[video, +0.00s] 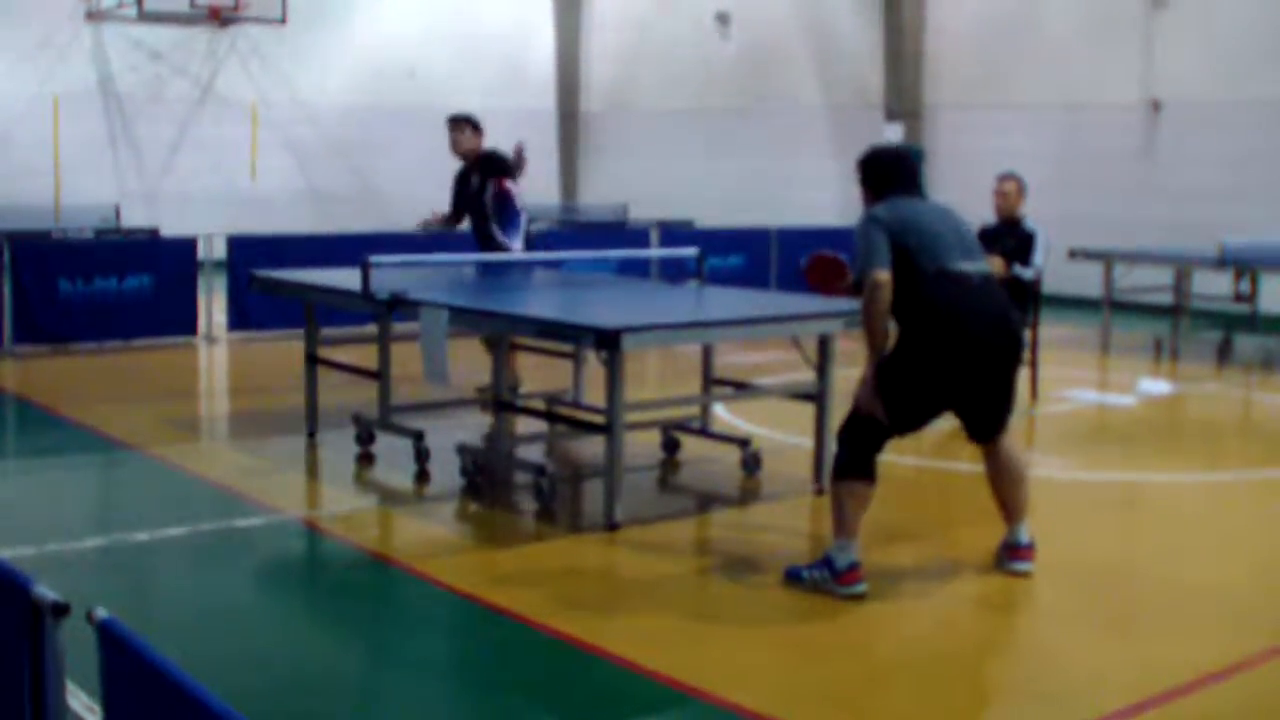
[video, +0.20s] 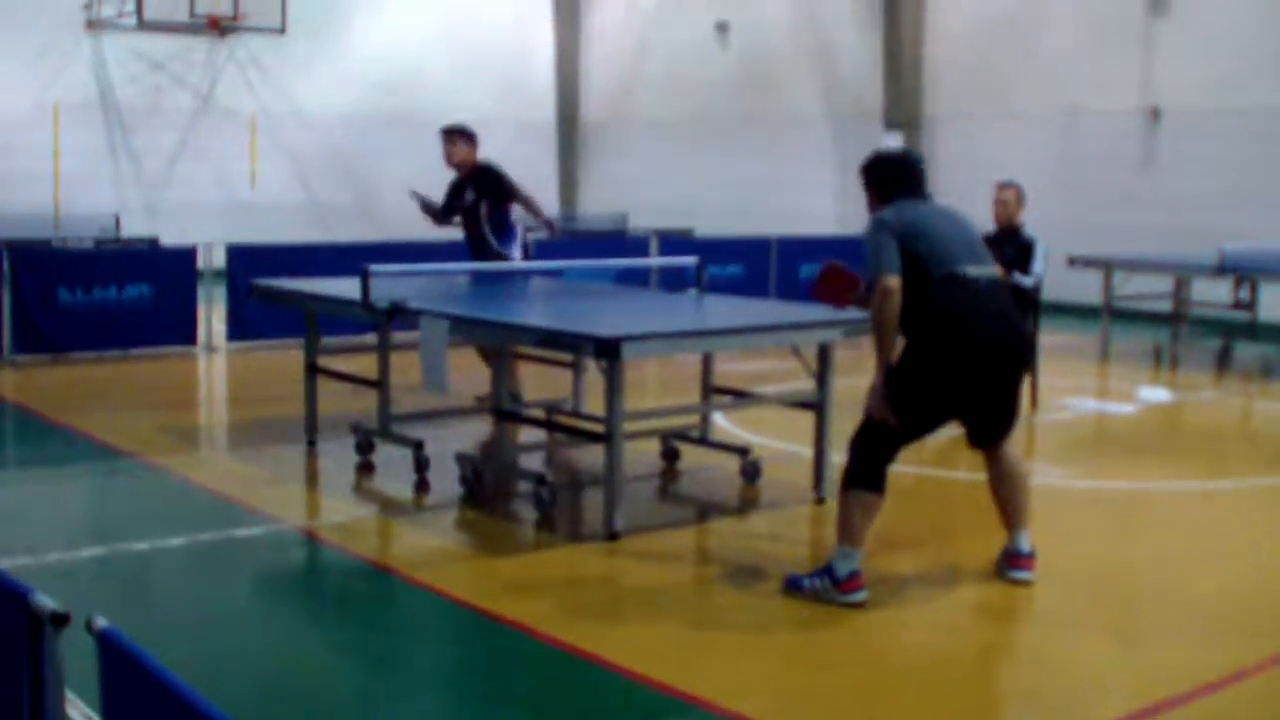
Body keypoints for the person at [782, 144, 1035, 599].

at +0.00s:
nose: (862, 195)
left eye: (863, 187)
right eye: (864, 188)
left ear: (871, 187)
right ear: (916, 181)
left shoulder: (877, 219)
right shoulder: (946, 216)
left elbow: (878, 283)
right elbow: (989, 270)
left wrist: (874, 363)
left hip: (934, 342)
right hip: (996, 340)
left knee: (859, 438)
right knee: (994, 435)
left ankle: (843, 557)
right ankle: (1020, 538)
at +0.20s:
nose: (868, 201)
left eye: (868, 193)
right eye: (868, 193)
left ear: (877, 191)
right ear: (920, 185)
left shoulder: (886, 223)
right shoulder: (955, 220)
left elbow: (889, 287)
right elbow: (996, 279)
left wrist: (883, 370)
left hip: (942, 351)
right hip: (1001, 349)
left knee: (871, 447)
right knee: (996, 442)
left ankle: (844, 567)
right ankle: (1021, 547)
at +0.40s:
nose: (908, 196)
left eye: (910, 185)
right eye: (908, 185)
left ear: (923, 185)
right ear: (969, 177)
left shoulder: (937, 222)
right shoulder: (1011, 213)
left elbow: (951, 299)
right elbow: (1016, 300)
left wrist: (941, 393)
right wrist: (921, 310)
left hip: (1010, 361)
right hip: (1076, 357)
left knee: (927, 478)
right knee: (1061, 481)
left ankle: (889, 623)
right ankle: (1088, 607)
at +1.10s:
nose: (907, 220)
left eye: (905, 209)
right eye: (903, 209)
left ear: (920, 201)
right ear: (952, 185)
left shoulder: (952, 227)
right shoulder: (1002, 217)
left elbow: (947, 302)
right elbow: (1033, 300)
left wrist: (900, 388)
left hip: (1002, 379)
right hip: (1045, 377)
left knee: (920, 489)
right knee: (981, 473)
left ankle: (900, 628)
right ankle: (1009, 587)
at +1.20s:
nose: (921, 204)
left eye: (923, 192)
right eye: (919, 194)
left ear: (945, 187)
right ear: (965, 180)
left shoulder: (986, 220)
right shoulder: (990, 213)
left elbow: (996, 291)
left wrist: (932, 361)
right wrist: (878, 253)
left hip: (1041, 372)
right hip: (1037, 368)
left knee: (957, 476)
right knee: (978, 469)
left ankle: (917, 621)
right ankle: (1008, 587)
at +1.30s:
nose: (941, 179)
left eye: (947, 168)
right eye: (943, 169)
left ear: (970, 173)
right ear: (981, 171)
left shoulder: (1015, 212)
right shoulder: (984, 212)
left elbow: (1040, 277)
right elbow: (926, 212)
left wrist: (967, 326)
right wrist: (863, 219)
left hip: (1061, 361)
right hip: (1025, 353)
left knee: (993, 473)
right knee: (996, 465)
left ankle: (968, 624)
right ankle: (1008, 583)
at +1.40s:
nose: (961, 164)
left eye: (967, 153)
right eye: (963, 154)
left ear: (994, 159)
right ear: (997, 159)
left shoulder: (1039, 205)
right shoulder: (997, 204)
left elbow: (1068, 271)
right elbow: (936, 208)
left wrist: (987, 315)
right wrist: (870, 216)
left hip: (1075, 366)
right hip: (1034, 360)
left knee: (1025, 477)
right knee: (996, 458)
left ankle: (1034, 629)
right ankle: (1010, 586)